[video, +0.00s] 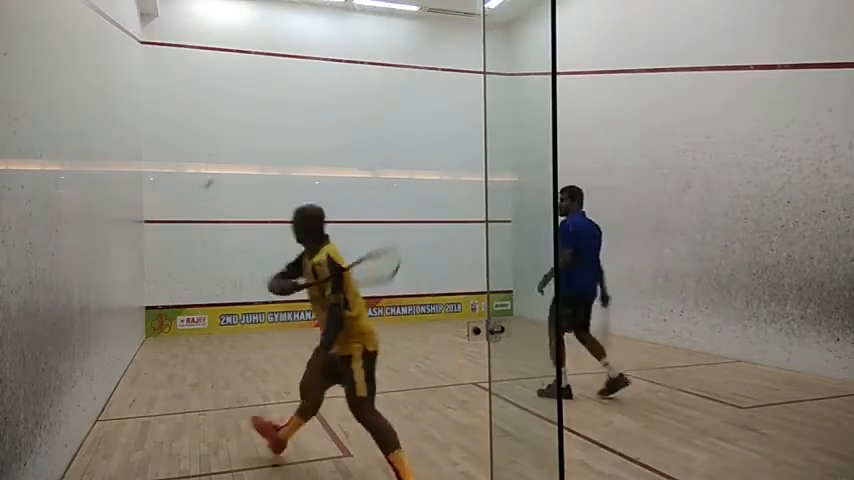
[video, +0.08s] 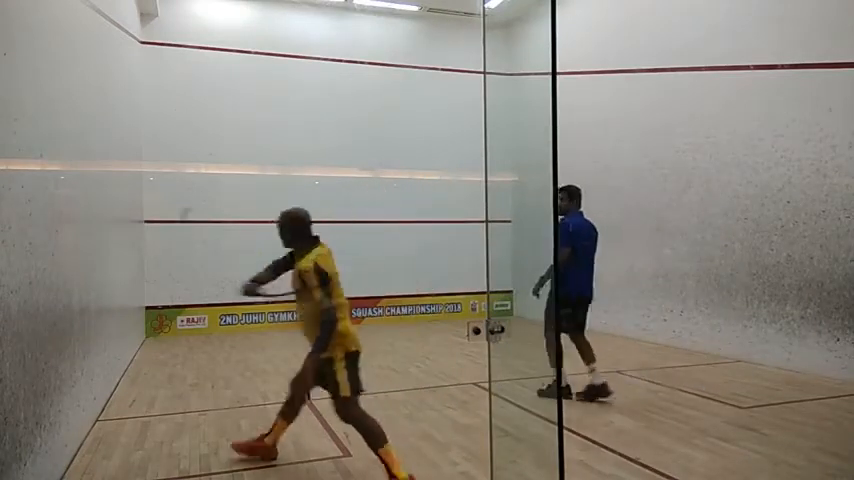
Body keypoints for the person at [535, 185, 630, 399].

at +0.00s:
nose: (559, 204)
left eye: (562, 200)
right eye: (559, 200)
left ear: (573, 202)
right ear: (578, 203)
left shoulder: (566, 226)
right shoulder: (594, 227)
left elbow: (564, 257)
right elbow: (596, 262)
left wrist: (547, 277)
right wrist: (603, 289)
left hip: (568, 291)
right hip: (588, 291)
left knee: (555, 331)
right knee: (582, 332)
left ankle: (561, 382)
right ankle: (613, 375)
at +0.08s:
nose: (558, 204)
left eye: (561, 200)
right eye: (558, 200)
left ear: (573, 202)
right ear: (576, 202)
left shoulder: (566, 225)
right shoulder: (590, 228)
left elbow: (561, 257)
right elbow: (585, 263)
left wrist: (542, 279)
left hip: (562, 291)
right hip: (583, 292)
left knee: (551, 332)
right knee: (576, 332)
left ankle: (559, 382)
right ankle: (597, 379)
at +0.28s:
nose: (551, 207)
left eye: (552, 204)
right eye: (554, 203)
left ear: (553, 205)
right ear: (572, 207)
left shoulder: (554, 227)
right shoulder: (581, 232)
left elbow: (549, 265)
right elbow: (578, 271)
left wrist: (531, 290)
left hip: (552, 295)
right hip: (576, 298)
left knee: (523, 328)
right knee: (573, 338)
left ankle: (535, 380)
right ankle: (595, 387)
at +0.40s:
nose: (540, 208)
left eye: (543, 205)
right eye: (541, 204)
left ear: (547, 207)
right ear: (560, 208)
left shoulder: (539, 229)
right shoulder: (570, 236)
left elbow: (540, 270)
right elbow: (568, 274)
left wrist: (525, 296)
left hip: (539, 297)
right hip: (565, 300)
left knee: (515, 334)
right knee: (568, 340)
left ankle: (513, 388)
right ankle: (594, 387)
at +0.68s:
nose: (507, 223)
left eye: (510, 219)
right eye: (509, 219)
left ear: (515, 222)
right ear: (529, 222)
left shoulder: (509, 248)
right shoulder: (545, 247)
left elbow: (499, 286)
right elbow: (553, 281)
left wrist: (487, 308)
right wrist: (554, 310)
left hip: (522, 313)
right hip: (547, 311)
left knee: (498, 356)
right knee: (540, 344)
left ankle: (504, 406)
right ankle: (578, 382)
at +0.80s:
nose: (501, 218)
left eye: (503, 214)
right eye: (503, 214)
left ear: (507, 216)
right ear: (522, 216)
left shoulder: (500, 243)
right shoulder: (539, 239)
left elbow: (491, 277)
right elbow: (553, 274)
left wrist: (479, 294)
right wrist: (566, 301)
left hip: (516, 303)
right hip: (541, 302)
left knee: (505, 352)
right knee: (537, 337)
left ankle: (506, 405)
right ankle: (565, 379)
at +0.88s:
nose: (500, 217)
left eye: (502, 213)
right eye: (502, 213)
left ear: (505, 215)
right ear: (522, 215)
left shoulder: (497, 242)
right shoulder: (538, 238)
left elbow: (490, 273)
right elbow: (553, 272)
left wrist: (479, 288)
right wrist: (569, 297)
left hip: (516, 303)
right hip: (541, 301)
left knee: (507, 349)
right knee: (538, 336)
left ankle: (506, 401)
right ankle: (559, 382)